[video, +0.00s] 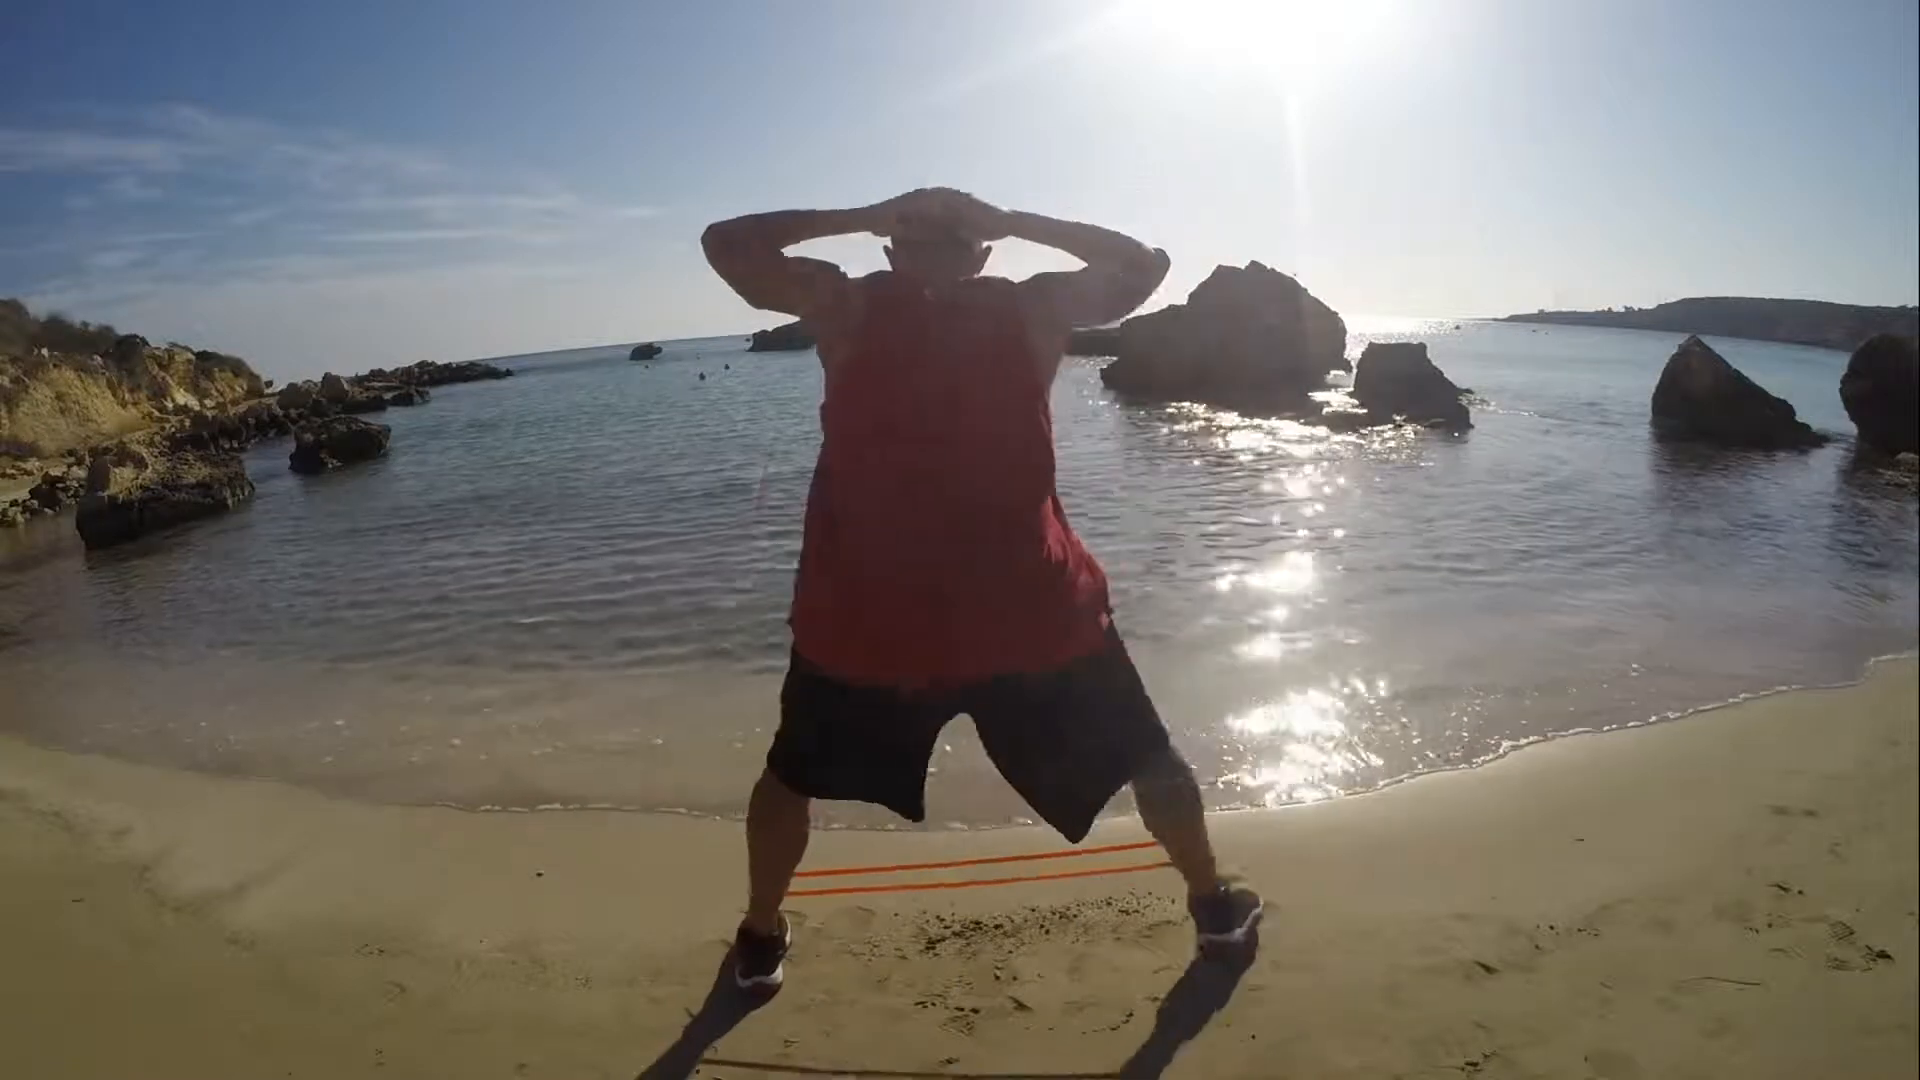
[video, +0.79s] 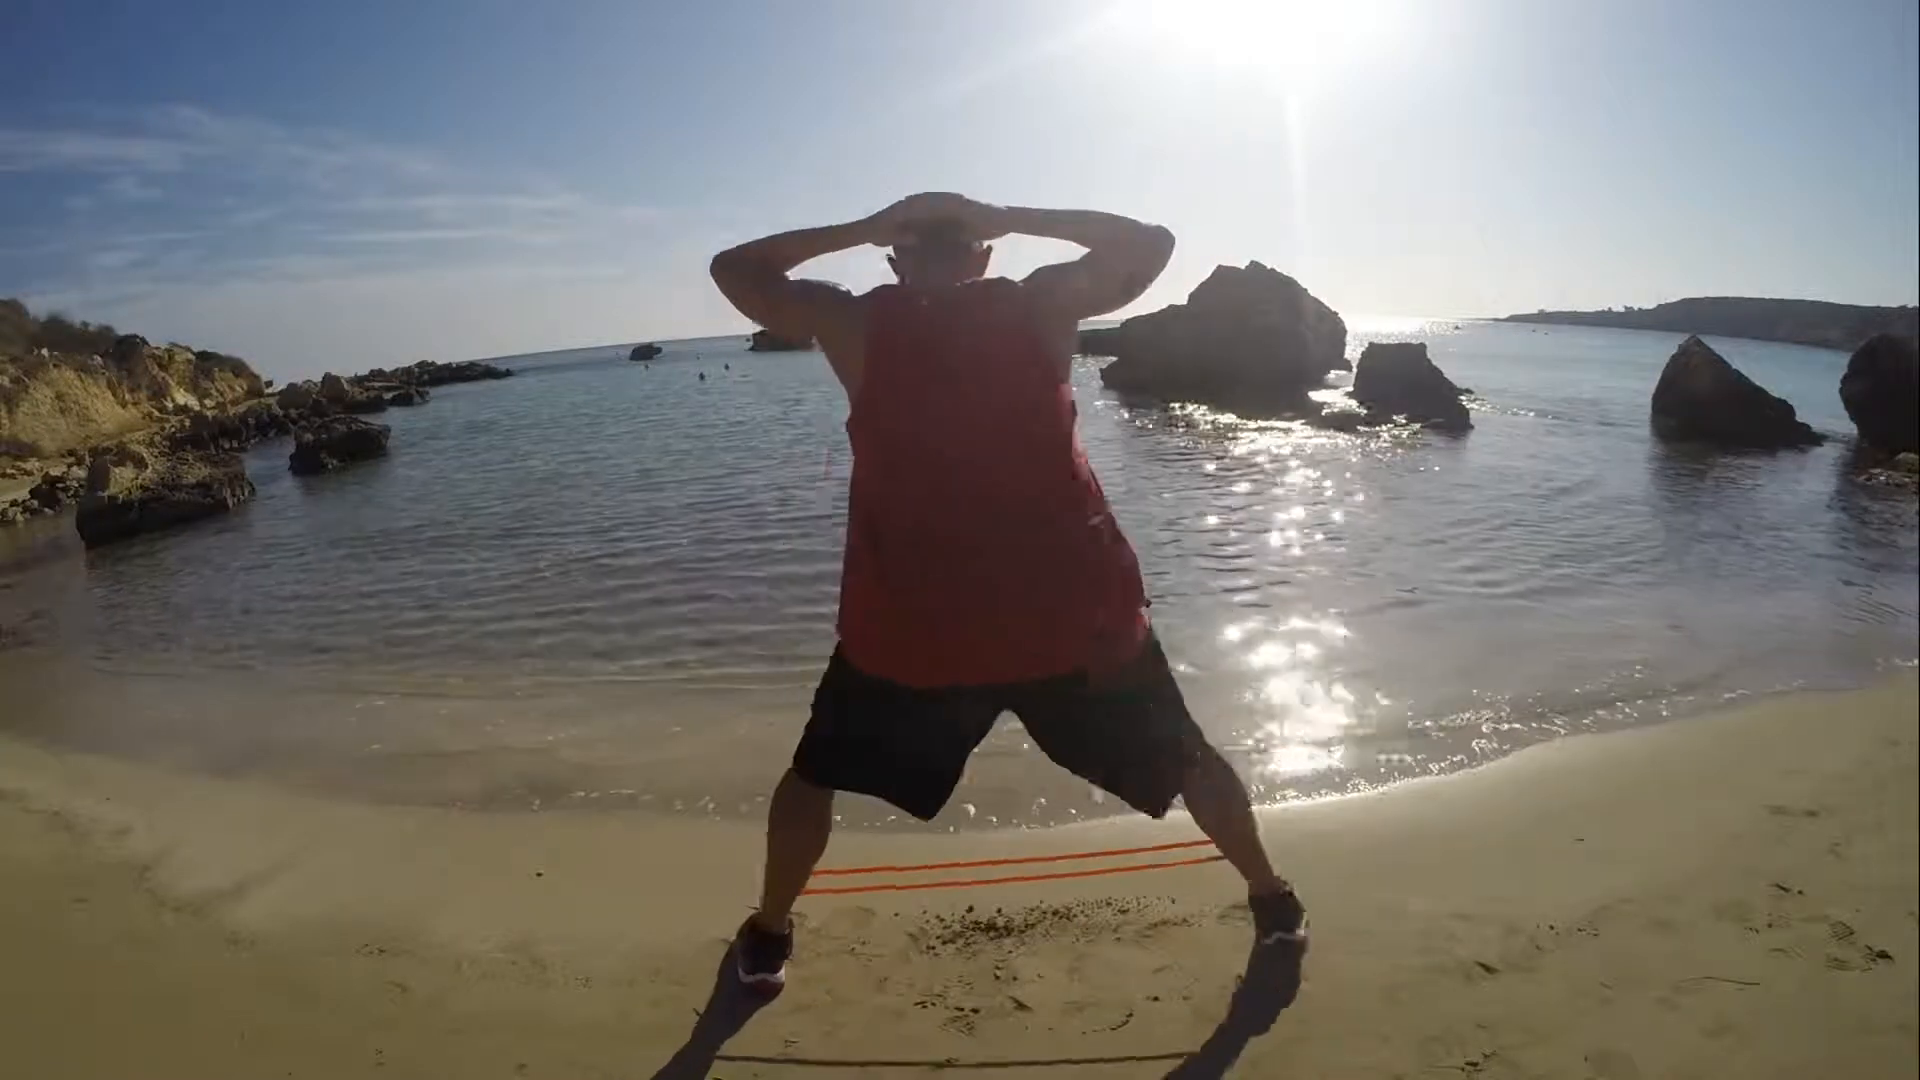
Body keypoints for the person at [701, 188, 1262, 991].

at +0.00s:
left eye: (921, 222)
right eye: (954, 223)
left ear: (893, 244)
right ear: (981, 249)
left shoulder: (841, 306)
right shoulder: (1031, 309)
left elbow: (725, 242)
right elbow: (1141, 264)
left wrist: (864, 217)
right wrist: (1013, 221)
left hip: (869, 602)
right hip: (1025, 589)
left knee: (791, 772)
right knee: (1148, 755)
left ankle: (757, 941)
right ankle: (1212, 906)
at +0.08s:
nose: (896, 219)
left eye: (884, 210)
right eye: (911, 210)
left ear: (851, 234)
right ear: (939, 236)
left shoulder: (800, 296)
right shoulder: (990, 295)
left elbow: (689, 236)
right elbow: (1104, 250)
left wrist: (820, 208)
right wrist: (970, 211)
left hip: (828, 599)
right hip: (985, 588)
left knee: (776, 774)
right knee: (1083, 751)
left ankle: (756, 939)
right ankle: (1112, 917)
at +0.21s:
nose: (860, 223)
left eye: (848, 212)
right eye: (871, 212)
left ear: (811, 230)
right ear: (905, 231)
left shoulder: (762, 292)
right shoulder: (953, 287)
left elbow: (655, 240)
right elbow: (1069, 236)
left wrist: (783, 207)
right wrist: (928, 199)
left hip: (792, 598)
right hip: (944, 595)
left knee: (757, 783)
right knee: (976, 768)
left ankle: (751, 943)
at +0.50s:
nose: (855, 235)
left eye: (830, 224)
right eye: (865, 226)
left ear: (797, 242)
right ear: (887, 244)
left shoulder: (750, 306)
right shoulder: (938, 296)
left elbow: (643, 257)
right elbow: (1053, 246)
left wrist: (768, 219)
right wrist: (914, 212)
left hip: (791, 598)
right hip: (936, 590)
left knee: (759, 783)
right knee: (987, 743)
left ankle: (754, 938)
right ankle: (959, 906)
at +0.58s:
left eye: (840, 219)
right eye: (879, 219)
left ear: (810, 240)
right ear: (896, 236)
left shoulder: (763, 304)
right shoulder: (950, 288)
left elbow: (658, 257)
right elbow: (1064, 235)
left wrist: (778, 219)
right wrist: (927, 207)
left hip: (817, 590)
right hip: (969, 575)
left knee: (777, 771)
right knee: (1054, 732)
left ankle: (756, 936)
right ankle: (1077, 901)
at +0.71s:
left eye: (865, 230)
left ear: (848, 245)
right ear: (939, 243)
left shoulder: (811, 309)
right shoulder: (994, 292)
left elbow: (693, 264)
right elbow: (1103, 234)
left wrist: (816, 224)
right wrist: (964, 209)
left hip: (875, 596)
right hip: (1031, 580)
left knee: (798, 768)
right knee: (1149, 735)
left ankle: (764, 934)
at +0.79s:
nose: (908, 256)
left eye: (908, 244)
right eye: (915, 241)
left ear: (895, 257)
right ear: (985, 253)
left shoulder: (857, 323)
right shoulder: (1040, 305)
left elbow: (734, 269)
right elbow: (1147, 243)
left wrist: (861, 231)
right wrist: (1012, 220)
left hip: (912, 615)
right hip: (1067, 601)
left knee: (813, 774)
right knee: (1186, 756)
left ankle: (767, 936)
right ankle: (1271, 896)